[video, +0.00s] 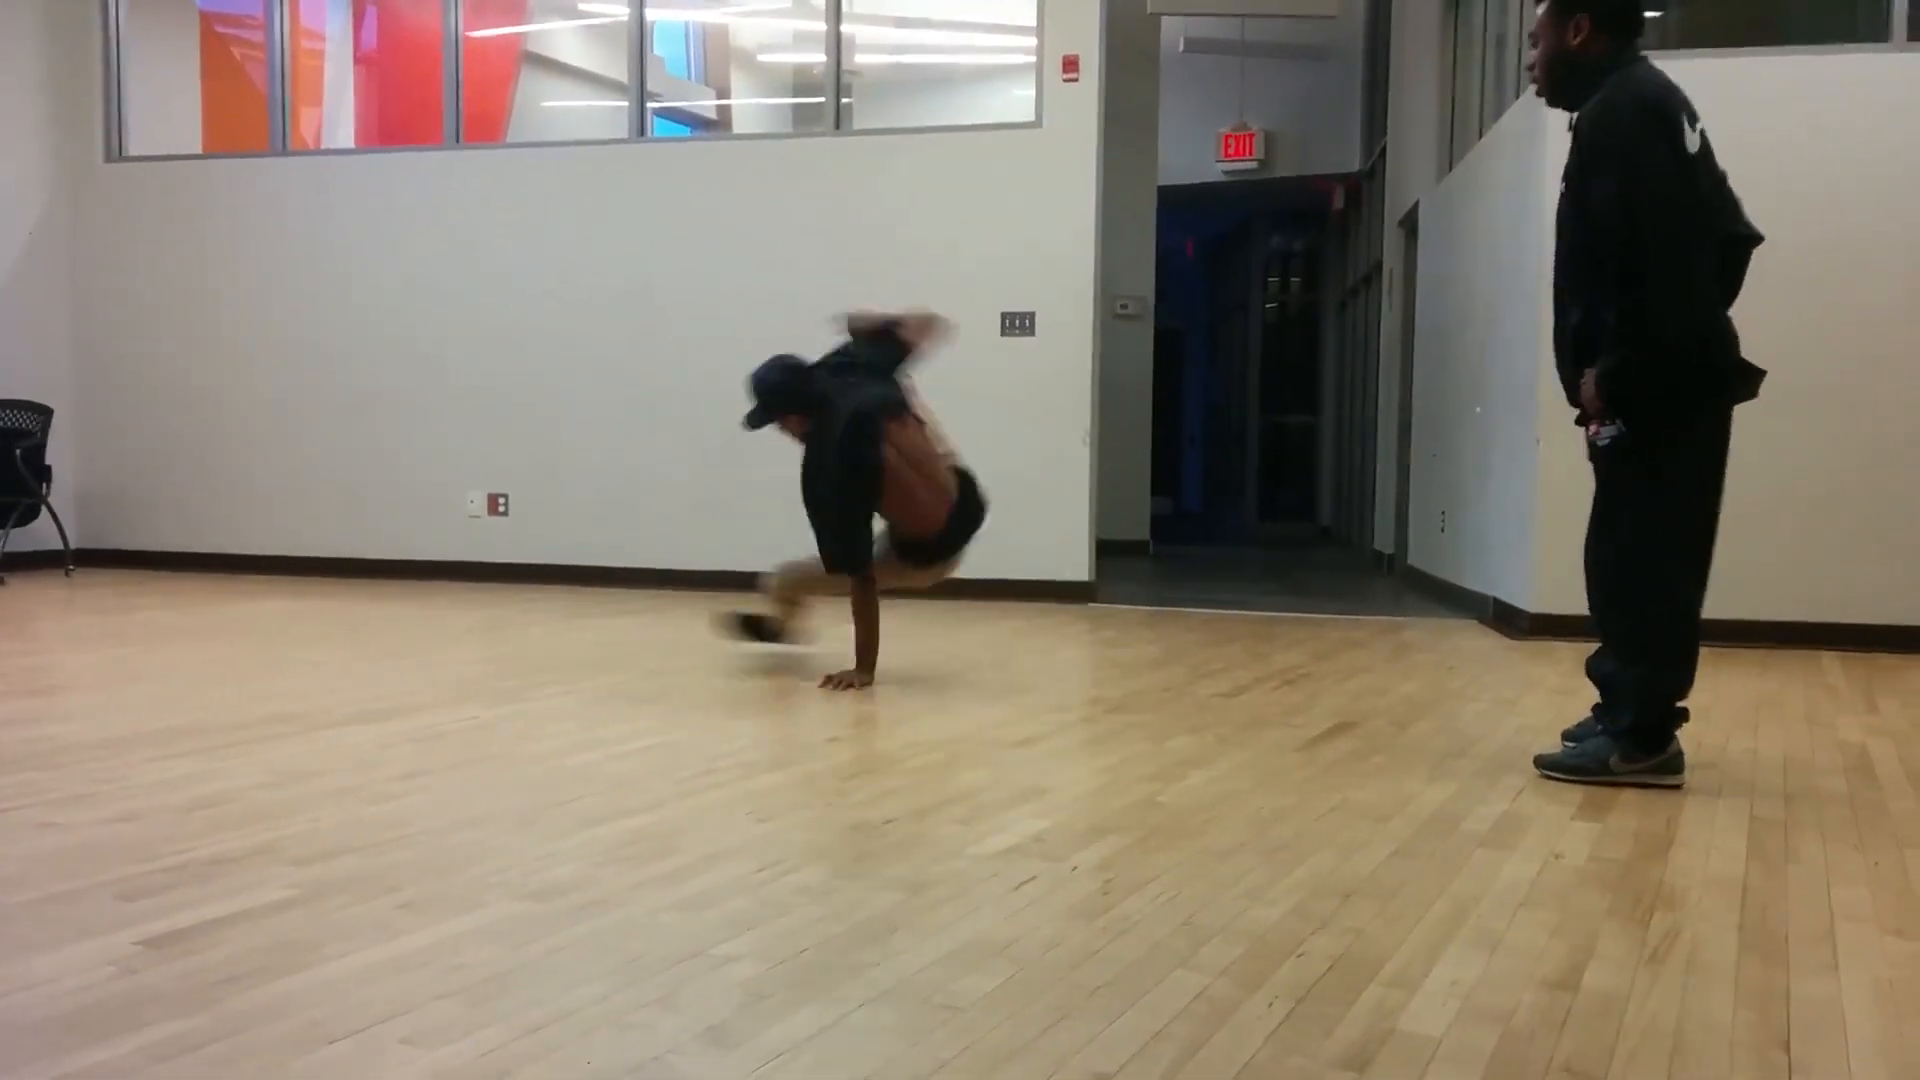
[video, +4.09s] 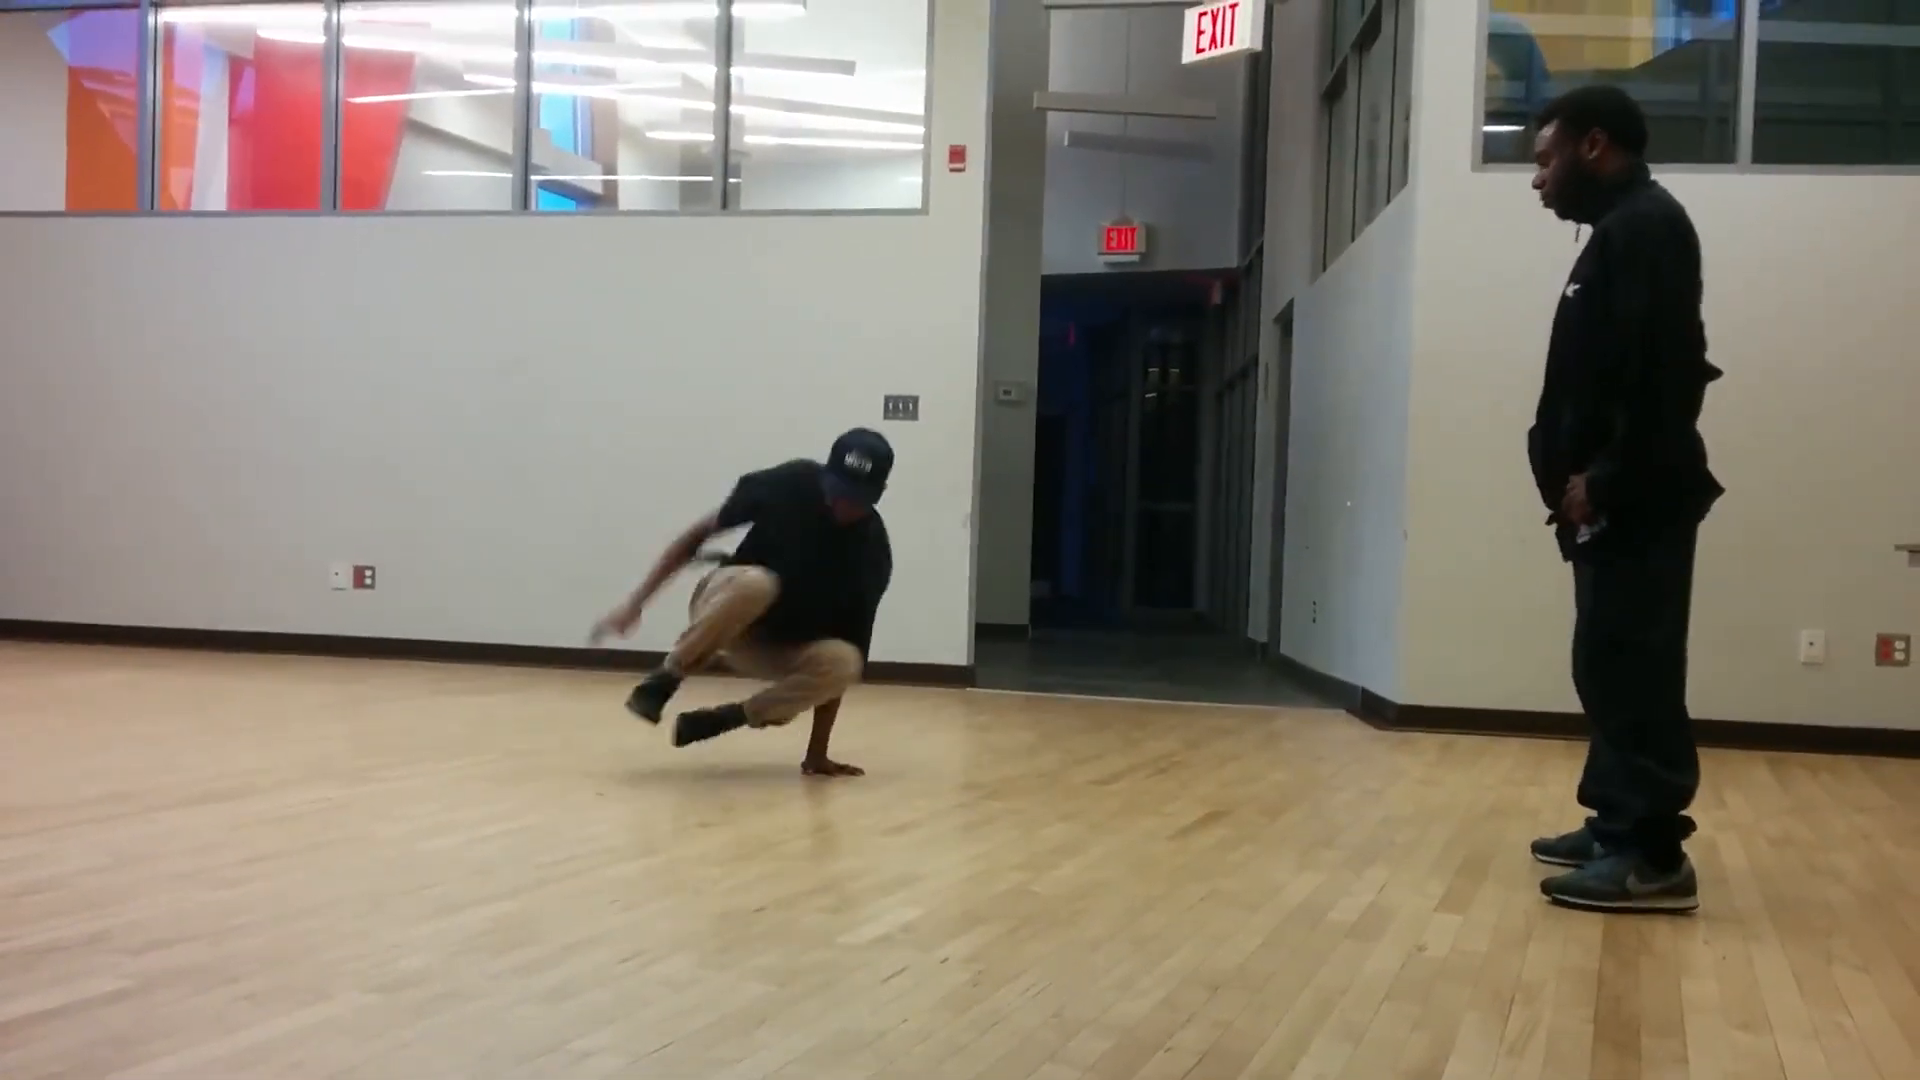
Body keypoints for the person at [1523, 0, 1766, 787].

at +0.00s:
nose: (1529, 60)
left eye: (1537, 39)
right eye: (1530, 42)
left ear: (1583, 35)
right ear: (1594, 37)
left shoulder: (1623, 109)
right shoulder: (1653, 100)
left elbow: (1643, 265)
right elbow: (1731, 236)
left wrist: (1606, 372)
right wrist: (1664, 348)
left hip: (1654, 393)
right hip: (1676, 388)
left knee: (1636, 556)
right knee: (1647, 553)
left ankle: (1639, 735)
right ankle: (1635, 723)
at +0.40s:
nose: (1556, 56)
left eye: (1562, 33)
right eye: (1556, 37)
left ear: (1606, 25)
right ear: (1626, 28)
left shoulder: (1641, 113)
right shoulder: (1707, 97)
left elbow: (1624, 246)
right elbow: (1807, 191)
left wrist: (1617, 360)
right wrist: (1729, 273)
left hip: (1675, 380)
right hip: (1731, 370)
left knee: (1647, 551)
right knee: (1722, 539)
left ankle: (1647, 732)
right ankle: (1765, 707)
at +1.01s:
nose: (1679, 41)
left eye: (1689, 22)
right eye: (1681, 25)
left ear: (1732, 24)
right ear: (1752, 30)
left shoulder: (1731, 108)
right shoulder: (1814, 101)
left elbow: (1725, 243)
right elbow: (1903, 216)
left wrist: (1693, 356)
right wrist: (1842, 303)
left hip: (1746, 378)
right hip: (1828, 377)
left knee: (1685, 535)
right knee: (1810, 548)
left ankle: (1670, 718)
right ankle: (1794, 728)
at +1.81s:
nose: (1703, 74)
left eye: (1711, 52)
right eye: (1702, 56)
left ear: (1763, 36)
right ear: (1765, 39)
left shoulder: (1811, 103)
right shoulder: (1820, 102)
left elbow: (1856, 252)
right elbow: (1897, 253)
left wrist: (1785, 349)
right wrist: (1815, 351)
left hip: (1800, 389)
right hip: (1830, 387)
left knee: (1748, 537)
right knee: (1812, 538)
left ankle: (1778, 725)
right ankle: (1799, 715)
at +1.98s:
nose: (1666, 80)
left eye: (1675, 59)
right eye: (1665, 63)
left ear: (1727, 47)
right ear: (1727, 51)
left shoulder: (1774, 116)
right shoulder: (1759, 118)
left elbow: (1815, 270)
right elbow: (1816, 268)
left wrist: (1738, 374)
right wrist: (1715, 369)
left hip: (1774, 405)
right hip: (1751, 405)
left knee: (1754, 566)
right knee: (1730, 562)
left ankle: (1748, 752)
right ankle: (1723, 736)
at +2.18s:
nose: (1592, 83)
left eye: (1601, 62)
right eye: (1591, 65)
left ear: (1655, 51)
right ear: (1654, 55)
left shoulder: (1696, 125)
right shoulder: (1678, 125)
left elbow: (1709, 278)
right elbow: (1686, 276)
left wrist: (1658, 389)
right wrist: (1633, 382)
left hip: (1691, 414)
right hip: (1666, 412)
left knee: (1681, 583)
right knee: (1657, 579)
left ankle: (1682, 773)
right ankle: (1649, 743)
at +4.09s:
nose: (1538, 181)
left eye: (1546, 161)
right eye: (1536, 163)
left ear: (1596, 148)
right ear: (1599, 150)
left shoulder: (1648, 227)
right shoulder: (1626, 226)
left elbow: (1666, 378)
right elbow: (1631, 374)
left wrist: (1598, 479)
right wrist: (1572, 469)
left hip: (1644, 499)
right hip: (1619, 498)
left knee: (1631, 666)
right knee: (1611, 662)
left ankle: (1653, 857)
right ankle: (1619, 827)